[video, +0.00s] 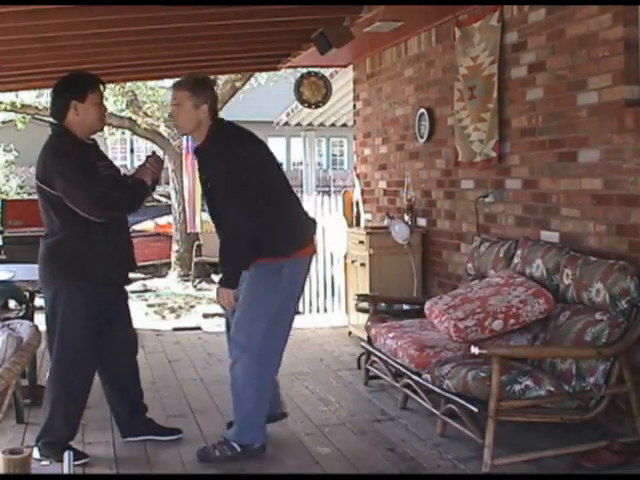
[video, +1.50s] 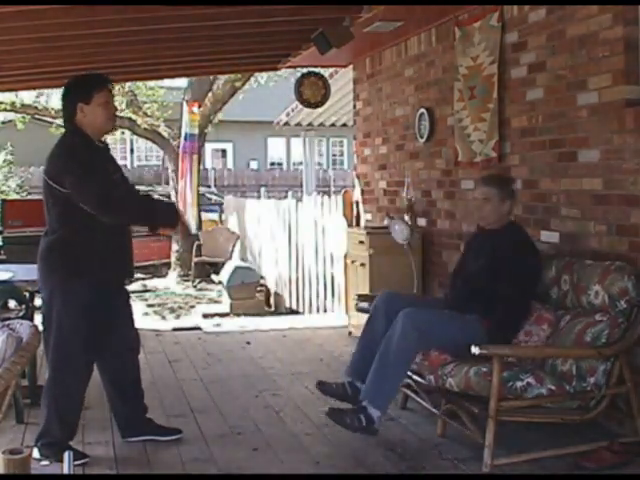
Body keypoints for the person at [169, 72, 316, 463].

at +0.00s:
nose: (171, 113)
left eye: (177, 106)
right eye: (171, 106)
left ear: (203, 109)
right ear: (198, 110)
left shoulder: (225, 147)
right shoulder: (216, 144)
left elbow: (238, 218)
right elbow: (232, 216)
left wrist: (229, 280)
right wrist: (231, 270)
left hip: (281, 252)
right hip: (267, 250)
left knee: (250, 342)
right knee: (241, 333)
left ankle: (246, 438)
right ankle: (266, 404)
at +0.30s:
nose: (211, 117)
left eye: (219, 109)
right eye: (211, 110)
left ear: (244, 113)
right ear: (235, 115)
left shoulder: (273, 152)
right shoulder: (243, 153)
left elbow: (284, 221)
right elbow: (255, 218)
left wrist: (266, 277)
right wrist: (245, 263)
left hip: (312, 254)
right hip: (289, 253)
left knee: (269, 334)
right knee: (287, 337)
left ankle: (253, 433)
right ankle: (301, 416)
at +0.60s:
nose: (249, 130)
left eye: (256, 123)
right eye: (249, 123)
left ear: (281, 125)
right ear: (271, 127)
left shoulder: (313, 161)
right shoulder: (285, 167)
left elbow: (335, 223)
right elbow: (310, 225)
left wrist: (339, 286)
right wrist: (323, 272)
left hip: (364, 260)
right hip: (335, 258)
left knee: (324, 333)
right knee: (305, 329)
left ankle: (356, 424)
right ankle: (303, 414)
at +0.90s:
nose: (300, 168)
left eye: (306, 160)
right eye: (299, 161)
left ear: (328, 162)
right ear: (321, 164)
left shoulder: (369, 192)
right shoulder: (330, 201)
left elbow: (410, 245)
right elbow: (362, 251)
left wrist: (424, 314)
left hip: (410, 275)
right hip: (378, 275)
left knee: (356, 327)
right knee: (338, 322)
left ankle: (356, 424)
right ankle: (354, 409)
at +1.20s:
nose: (392, 210)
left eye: (400, 203)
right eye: (392, 203)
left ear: (425, 206)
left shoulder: (452, 244)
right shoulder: (410, 242)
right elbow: (415, 293)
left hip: (469, 327)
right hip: (436, 315)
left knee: (392, 329)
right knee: (370, 315)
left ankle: (361, 422)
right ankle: (351, 405)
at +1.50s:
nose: (478, 207)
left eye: (486, 201)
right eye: (477, 200)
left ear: (507, 205)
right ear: (475, 202)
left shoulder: (521, 248)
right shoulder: (478, 239)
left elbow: (517, 306)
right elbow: (459, 284)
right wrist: (445, 306)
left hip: (487, 328)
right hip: (458, 311)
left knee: (411, 322)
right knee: (389, 302)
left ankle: (370, 414)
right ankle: (356, 386)